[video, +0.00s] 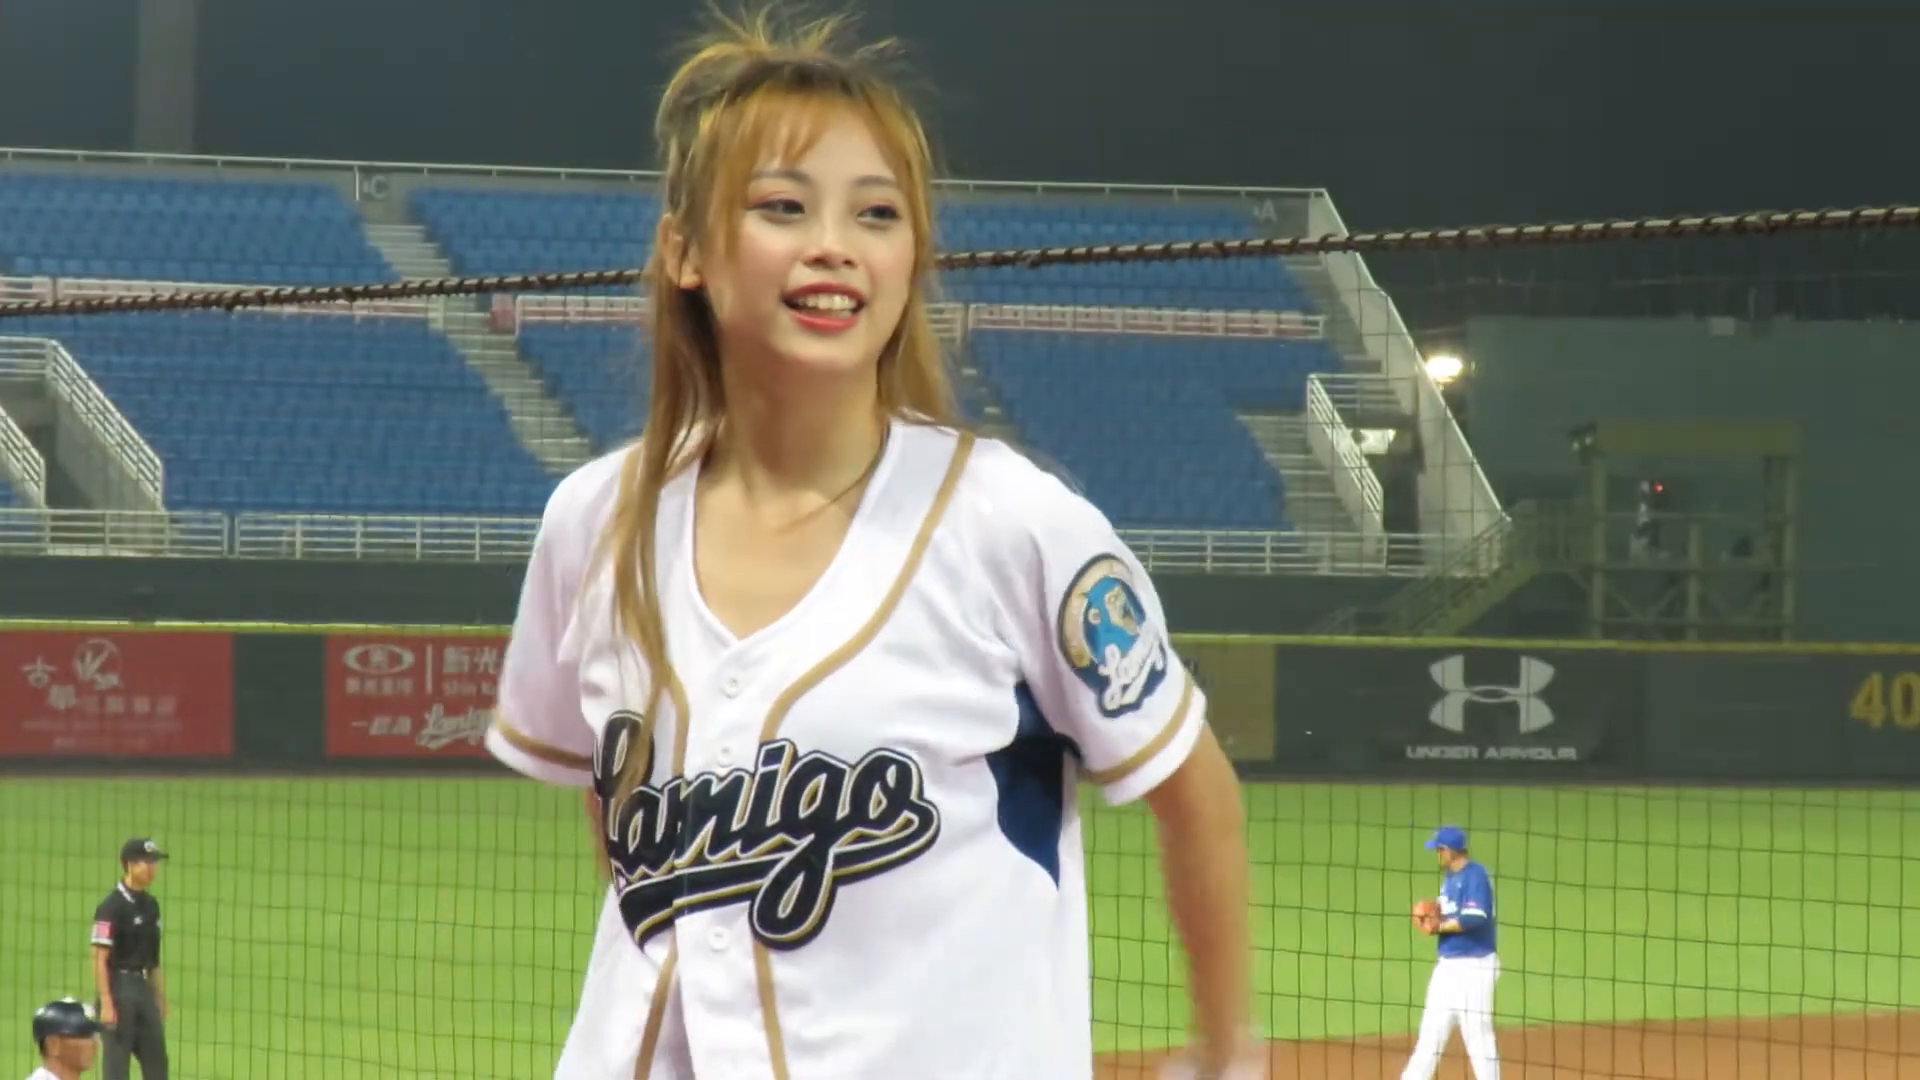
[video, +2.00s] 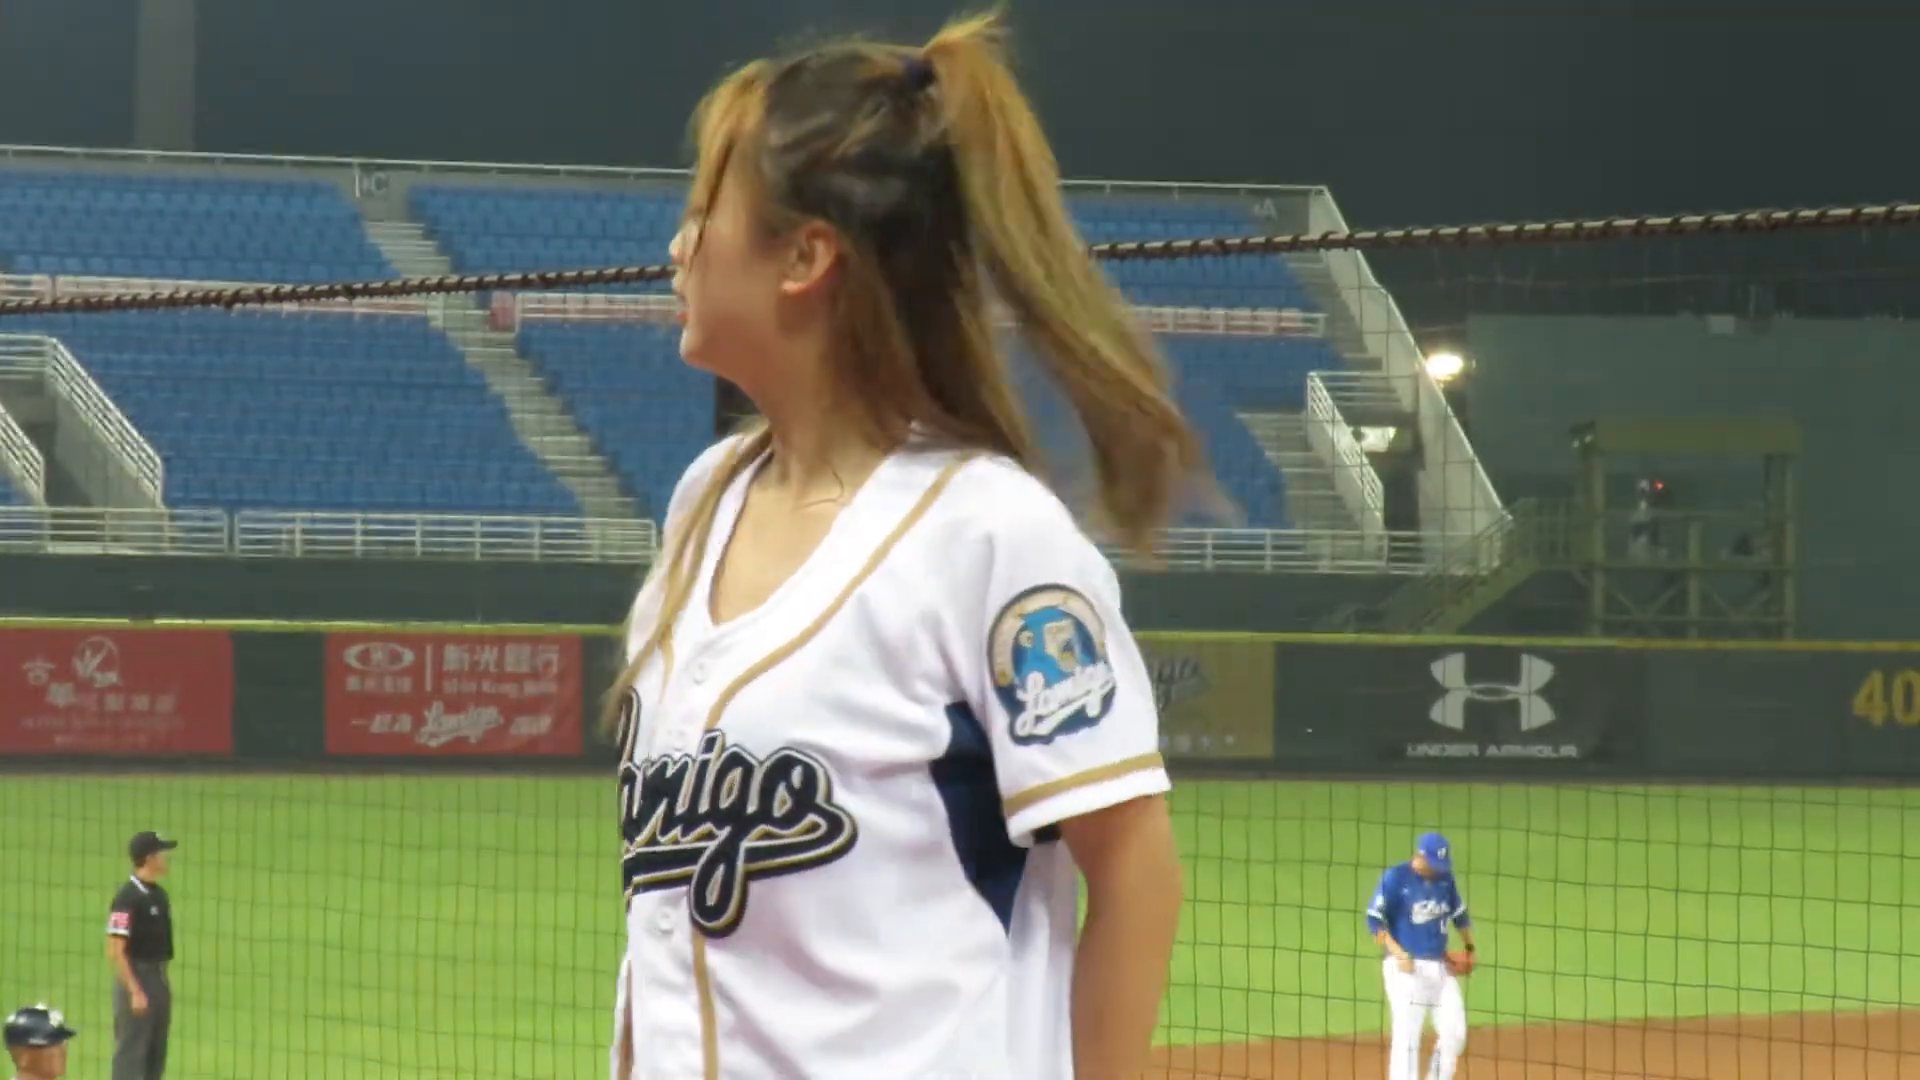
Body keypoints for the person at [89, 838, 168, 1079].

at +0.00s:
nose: (151, 869)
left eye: (154, 863)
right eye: (145, 863)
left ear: (156, 865)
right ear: (128, 865)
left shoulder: (151, 905)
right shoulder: (111, 906)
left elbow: (153, 959)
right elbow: (100, 958)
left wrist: (160, 997)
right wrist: (106, 1003)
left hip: (143, 977)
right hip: (118, 977)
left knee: (156, 1059)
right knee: (117, 1060)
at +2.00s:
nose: (165, 859)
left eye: (163, 854)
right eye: (160, 855)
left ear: (150, 859)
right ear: (147, 859)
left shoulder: (158, 894)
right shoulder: (128, 896)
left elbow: (154, 943)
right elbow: (116, 950)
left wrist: (161, 981)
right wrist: (135, 990)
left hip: (157, 968)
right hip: (136, 969)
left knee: (156, 1045)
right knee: (134, 1047)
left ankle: (152, 1074)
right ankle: (130, 1074)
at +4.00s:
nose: (120, 865)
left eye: (123, 859)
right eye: (114, 859)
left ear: (127, 862)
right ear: (100, 860)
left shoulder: (126, 900)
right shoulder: (82, 903)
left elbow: (128, 949)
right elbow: (68, 952)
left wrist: (133, 991)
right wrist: (69, 996)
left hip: (117, 972)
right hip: (90, 973)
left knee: (128, 1053)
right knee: (86, 1053)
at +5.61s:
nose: (116, 866)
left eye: (118, 860)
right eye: (109, 860)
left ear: (120, 862)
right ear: (94, 861)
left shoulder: (119, 901)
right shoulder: (78, 903)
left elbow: (122, 952)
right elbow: (65, 954)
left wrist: (129, 990)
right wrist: (71, 999)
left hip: (113, 973)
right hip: (87, 973)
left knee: (125, 1054)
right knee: (83, 1053)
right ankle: (81, 1074)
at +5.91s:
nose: (116, 865)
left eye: (118, 859)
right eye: (110, 859)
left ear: (119, 862)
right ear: (94, 861)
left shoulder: (119, 901)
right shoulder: (77, 904)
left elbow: (121, 952)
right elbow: (65, 954)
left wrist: (129, 992)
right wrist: (72, 1000)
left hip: (113, 973)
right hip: (86, 972)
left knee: (125, 1051)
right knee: (84, 1052)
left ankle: (127, 1076)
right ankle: (82, 1074)